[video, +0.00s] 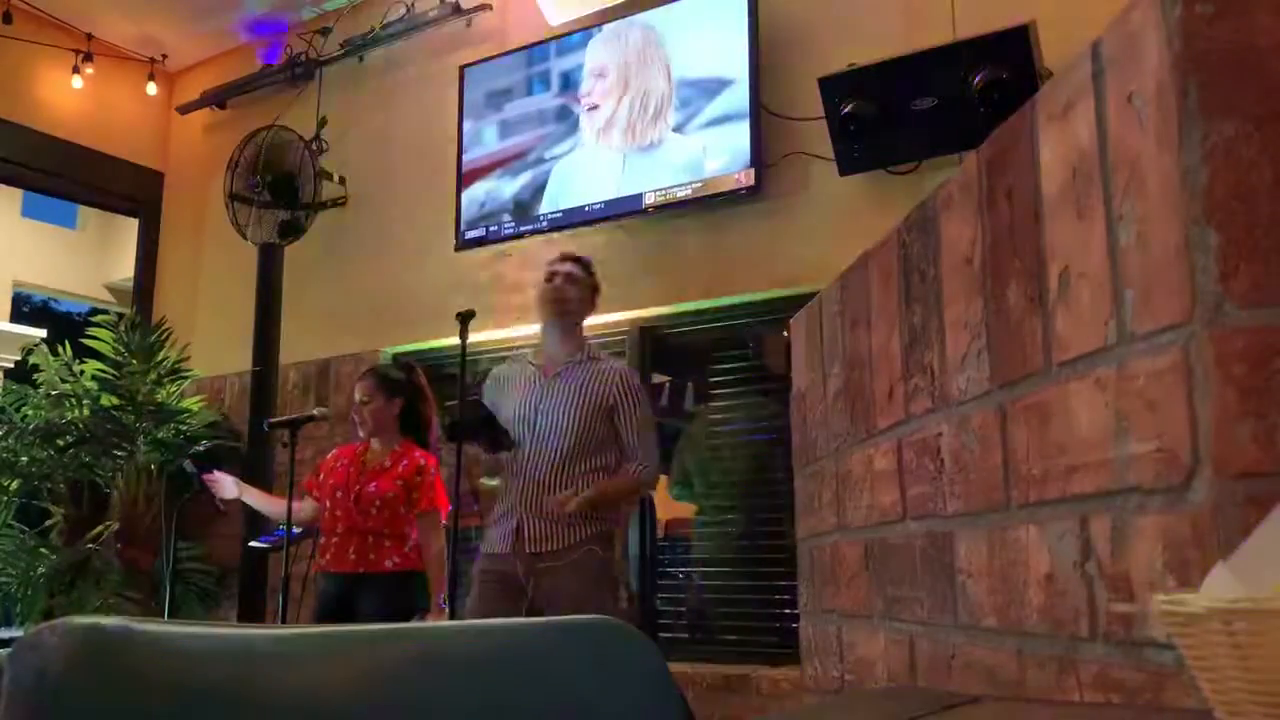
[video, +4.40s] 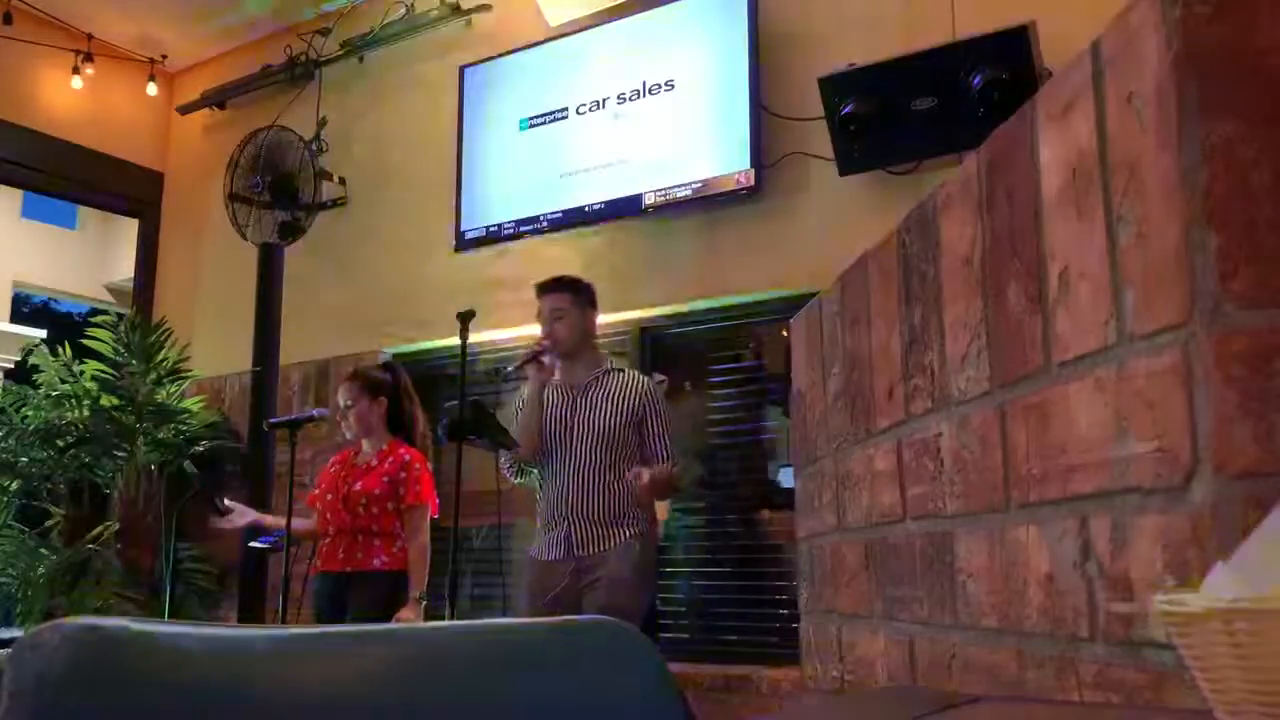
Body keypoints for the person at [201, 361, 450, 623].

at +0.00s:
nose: (355, 411)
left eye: (365, 402)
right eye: (354, 403)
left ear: (396, 405)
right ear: (354, 403)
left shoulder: (418, 464)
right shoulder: (340, 458)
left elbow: (432, 539)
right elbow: (303, 512)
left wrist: (438, 607)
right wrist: (240, 489)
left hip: (392, 589)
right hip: (335, 588)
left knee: (387, 688)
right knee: (327, 686)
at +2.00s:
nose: (353, 408)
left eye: (362, 399)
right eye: (354, 399)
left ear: (393, 405)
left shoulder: (418, 462)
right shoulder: (346, 462)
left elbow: (431, 535)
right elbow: (310, 519)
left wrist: (428, 600)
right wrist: (256, 495)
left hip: (392, 582)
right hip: (339, 582)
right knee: (339, 678)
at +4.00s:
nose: (341, 416)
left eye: (350, 407)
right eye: (340, 409)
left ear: (379, 408)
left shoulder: (410, 464)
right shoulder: (334, 464)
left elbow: (421, 538)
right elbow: (290, 511)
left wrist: (420, 602)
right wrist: (237, 474)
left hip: (382, 582)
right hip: (330, 582)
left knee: (371, 678)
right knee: (325, 676)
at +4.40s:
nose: (341, 416)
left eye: (349, 406)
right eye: (339, 409)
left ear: (380, 406)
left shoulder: (408, 462)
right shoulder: (338, 464)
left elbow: (418, 537)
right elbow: (318, 526)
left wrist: (415, 601)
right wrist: (256, 517)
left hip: (382, 581)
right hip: (331, 579)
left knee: (371, 677)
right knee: (330, 676)